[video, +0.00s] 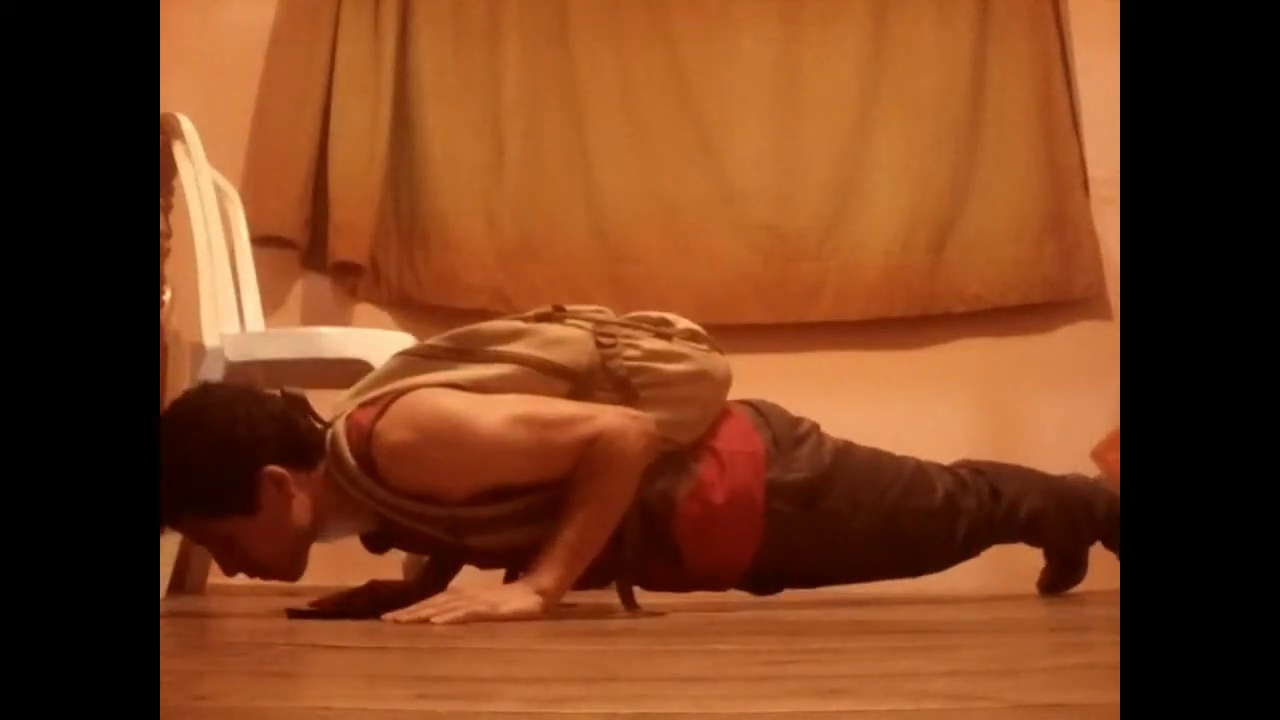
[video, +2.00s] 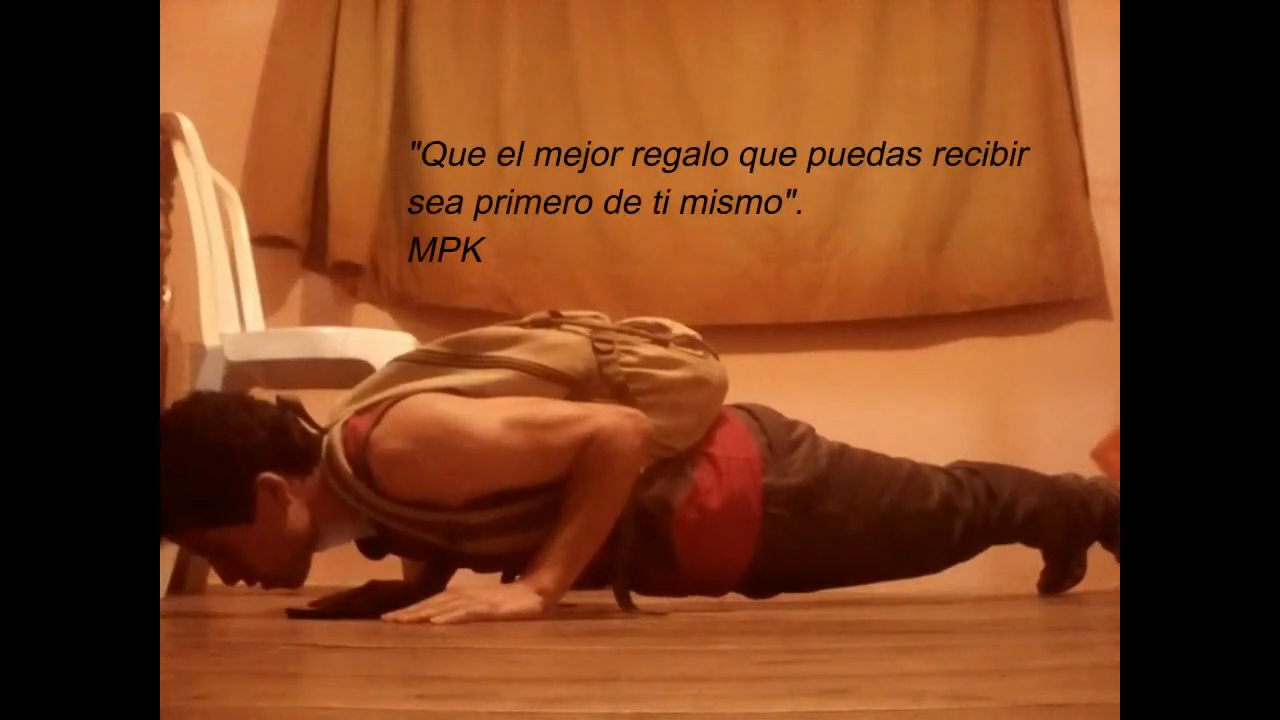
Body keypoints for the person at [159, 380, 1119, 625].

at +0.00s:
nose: (223, 564)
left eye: (221, 539)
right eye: (206, 548)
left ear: (278, 485)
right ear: (275, 478)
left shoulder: (410, 442)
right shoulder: (360, 448)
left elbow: (619, 441)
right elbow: (478, 524)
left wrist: (539, 588)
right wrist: (390, 588)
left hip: (743, 490)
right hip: (715, 495)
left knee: (945, 509)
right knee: (925, 506)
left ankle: (1091, 504)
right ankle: (1076, 504)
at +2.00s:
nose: (224, 574)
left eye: (218, 549)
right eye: (204, 560)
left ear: (274, 491)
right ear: (270, 484)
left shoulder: (404, 449)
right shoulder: (357, 460)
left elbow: (616, 440)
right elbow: (460, 546)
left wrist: (538, 588)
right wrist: (378, 591)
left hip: (741, 496)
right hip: (712, 502)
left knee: (949, 509)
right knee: (927, 507)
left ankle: (1097, 505)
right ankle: (1074, 508)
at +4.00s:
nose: (225, 570)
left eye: (218, 547)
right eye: (205, 557)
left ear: (273, 488)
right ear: (269, 480)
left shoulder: (403, 446)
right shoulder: (357, 459)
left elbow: (616, 438)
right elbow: (456, 545)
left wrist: (538, 588)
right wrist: (388, 589)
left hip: (737, 491)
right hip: (712, 497)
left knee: (941, 508)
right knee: (922, 504)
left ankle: (1091, 504)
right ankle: (1076, 504)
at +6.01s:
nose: (219, 575)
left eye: (211, 550)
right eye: (200, 559)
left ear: (264, 495)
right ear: (262, 483)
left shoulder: (398, 452)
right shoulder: (354, 462)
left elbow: (612, 439)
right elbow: (482, 529)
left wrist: (538, 589)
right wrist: (387, 587)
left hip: (736, 495)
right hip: (709, 508)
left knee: (943, 509)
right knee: (923, 510)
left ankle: (1093, 506)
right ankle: (1078, 505)